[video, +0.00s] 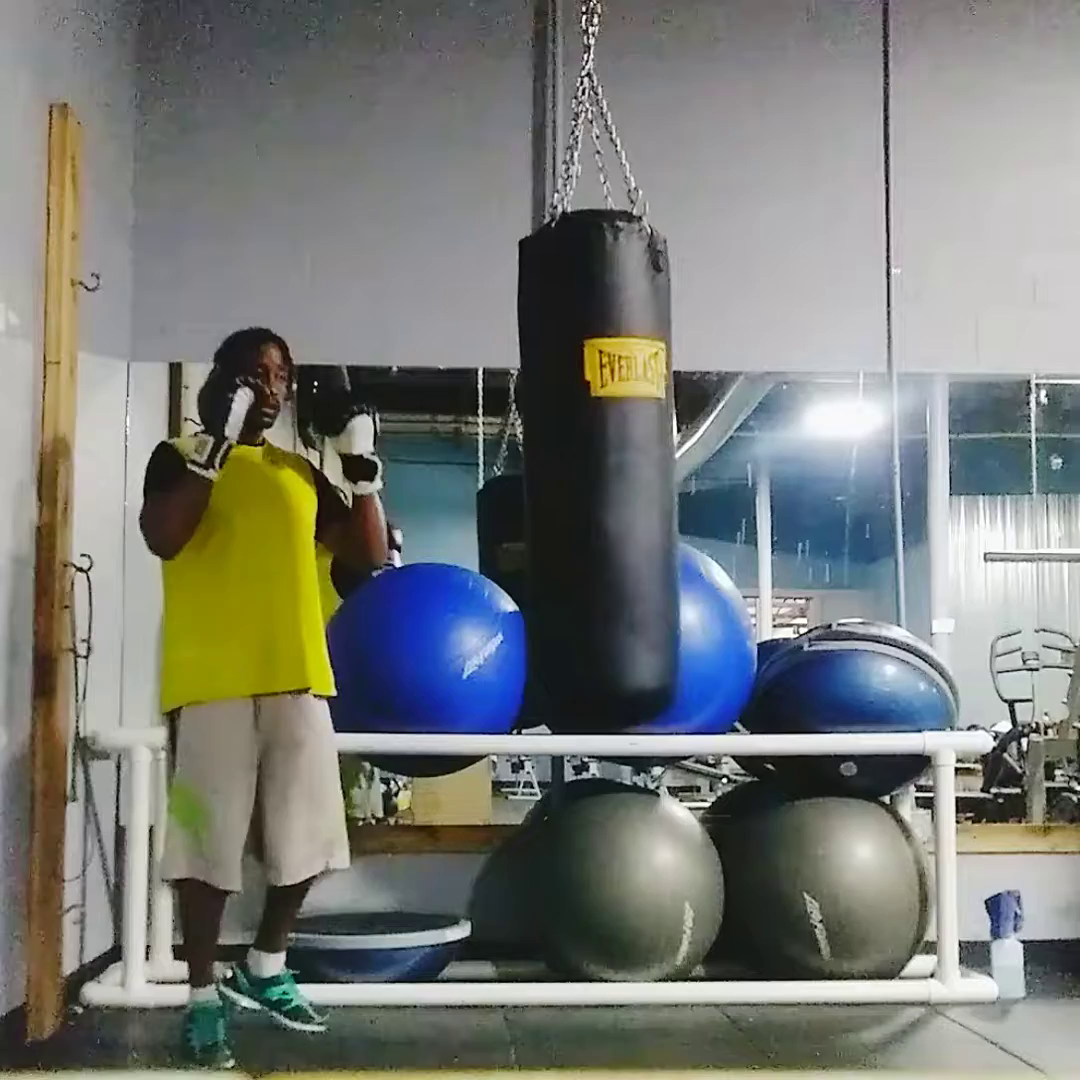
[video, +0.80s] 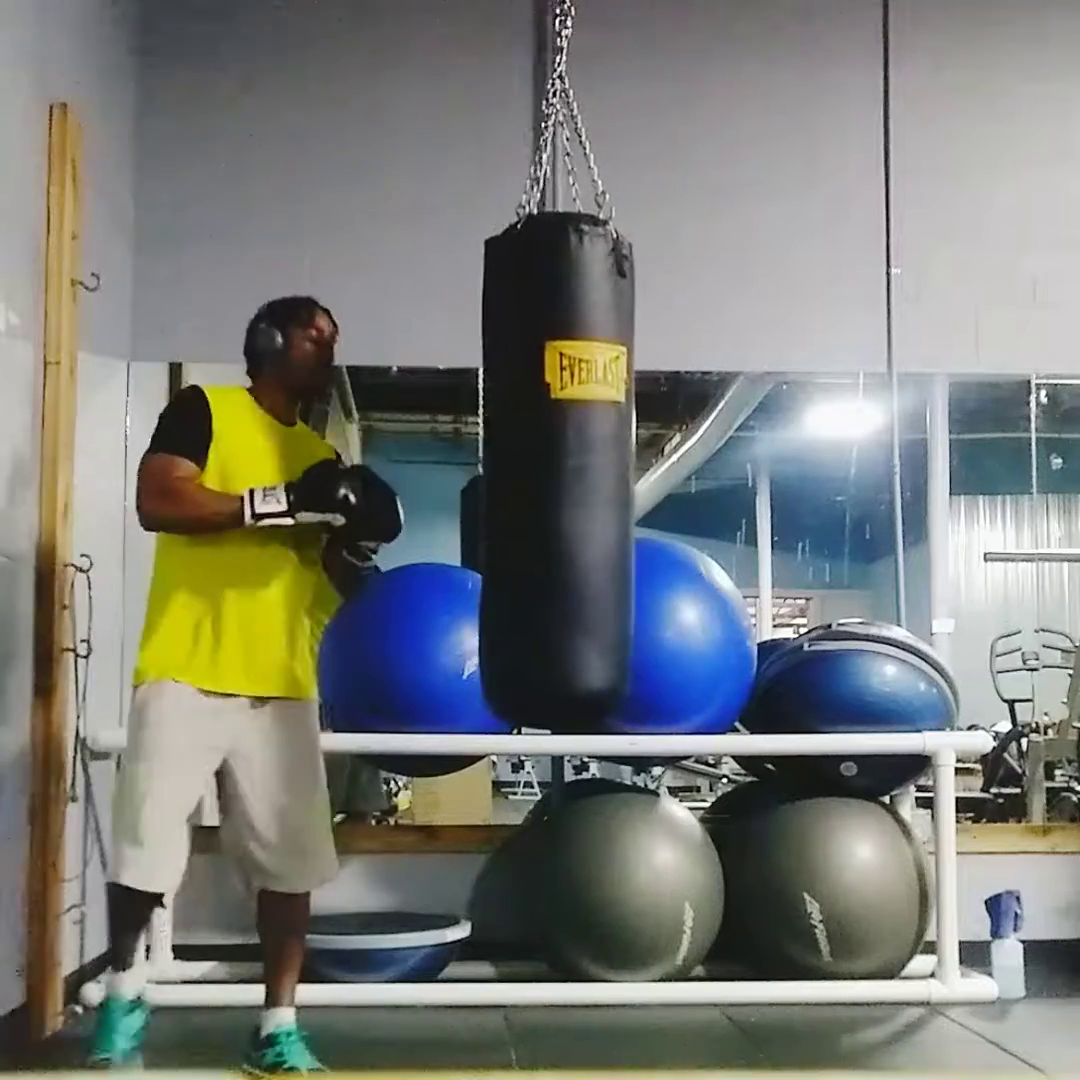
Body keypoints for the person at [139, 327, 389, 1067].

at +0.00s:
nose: (273, 382)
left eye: (282, 371)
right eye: (258, 369)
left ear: (290, 386)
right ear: (224, 380)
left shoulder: (302, 472)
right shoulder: (182, 457)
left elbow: (370, 557)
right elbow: (162, 539)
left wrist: (361, 473)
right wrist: (212, 445)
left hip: (294, 666)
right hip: (210, 668)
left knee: (305, 827)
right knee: (209, 838)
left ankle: (267, 970)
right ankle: (203, 1000)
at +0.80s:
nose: (328, 354)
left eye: (332, 345)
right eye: (316, 338)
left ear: (325, 362)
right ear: (269, 342)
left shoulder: (325, 454)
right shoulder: (204, 407)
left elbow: (347, 580)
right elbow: (156, 503)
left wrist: (349, 539)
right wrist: (275, 504)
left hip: (282, 679)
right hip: (185, 665)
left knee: (289, 856)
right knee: (147, 841)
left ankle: (279, 1027)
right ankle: (122, 1000)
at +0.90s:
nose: (318, 341)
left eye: (319, 332)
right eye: (305, 327)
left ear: (305, 348)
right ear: (260, 332)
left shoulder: (311, 441)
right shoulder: (193, 400)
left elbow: (331, 572)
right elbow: (166, 494)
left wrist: (350, 530)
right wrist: (290, 478)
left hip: (274, 680)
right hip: (178, 665)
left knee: (280, 858)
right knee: (128, 844)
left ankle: (278, 1026)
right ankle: (62, 1019)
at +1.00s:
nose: (298, 340)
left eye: (299, 329)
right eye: (286, 324)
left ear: (270, 339)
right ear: (241, 326)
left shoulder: (281, 439)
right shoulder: (174, 399)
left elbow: (309, 560)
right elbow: (170, 493)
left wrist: (341, 514)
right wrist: (294, 464)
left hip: (261, 675)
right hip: (168, 669)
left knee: (273, 857)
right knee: (107, 849)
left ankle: (276, 1026)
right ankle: (32, 1024)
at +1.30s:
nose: (241, 325)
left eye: (241, 311)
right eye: (229, 307)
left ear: (204, 318)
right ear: (180, 308)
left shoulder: (201, 416)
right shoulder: (118, 388)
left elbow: (206, 536)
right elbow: (171, 496)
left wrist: (273, 490)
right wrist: (269, 449)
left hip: (211, 670)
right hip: (117, 674)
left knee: (265, 828)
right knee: (68, 863)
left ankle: (259, 1012)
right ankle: (14, 1039)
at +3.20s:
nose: (314, 376)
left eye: (319, 366)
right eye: (302, 360)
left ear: (314, 381)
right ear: (257, 362)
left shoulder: (295, 456)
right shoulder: (196, 435)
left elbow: (337, 572)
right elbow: (244, 515)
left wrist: (356, 493)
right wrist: (329, 450)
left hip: (279, 692)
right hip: (184, 695)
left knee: (362, 836)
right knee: (131, 868)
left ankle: (354, 1010)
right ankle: (70, 1021)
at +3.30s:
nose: (334, 368)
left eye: (340, 356)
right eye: (322, 351)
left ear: (338, 367)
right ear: (278, 354)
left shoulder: (330, 445)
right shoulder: (209, 422)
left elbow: (351, 558)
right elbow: (233, 512)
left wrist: (385, 502)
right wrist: (324, 434)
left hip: (297, 686)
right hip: (197, 687)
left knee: (351, 845)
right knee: (134, 856)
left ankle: (372, 1017)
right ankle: (77, 1018)